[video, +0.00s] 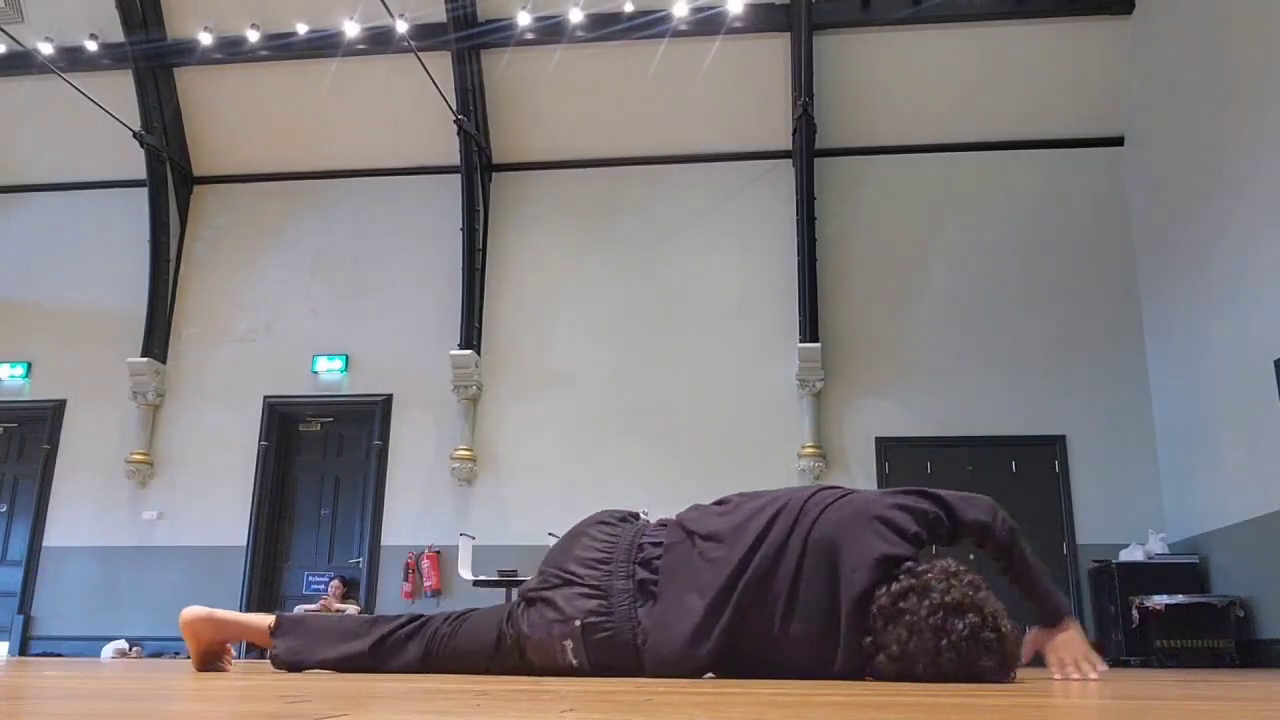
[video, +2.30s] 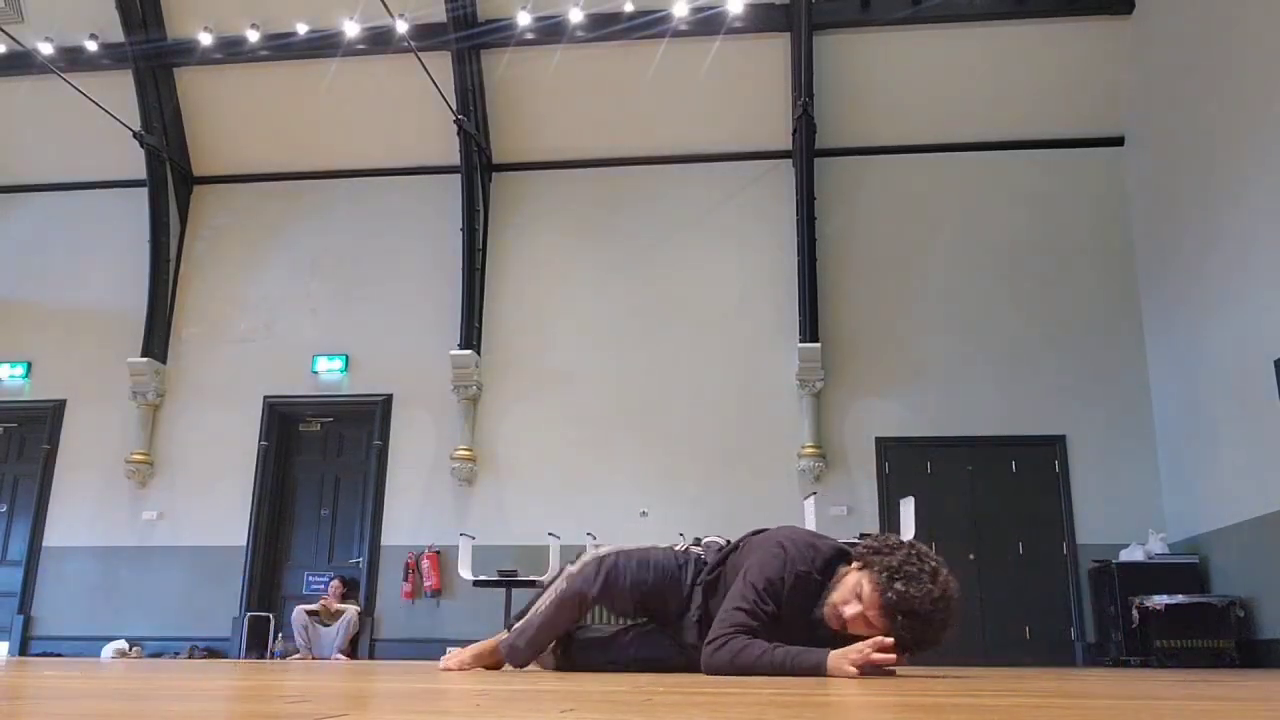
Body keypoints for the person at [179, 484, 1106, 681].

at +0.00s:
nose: (973, 673)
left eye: (986, 660)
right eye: (953, 676)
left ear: (975, 592)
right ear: (893, 659)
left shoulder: (894, 527)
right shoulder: (845, 661)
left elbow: (989, 518)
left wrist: (1057, 622)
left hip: (627, 548)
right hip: (603, 630)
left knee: (467, 622)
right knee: (417, 638)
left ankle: (322, 620)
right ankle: (266, 634)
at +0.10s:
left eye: (1000, 658)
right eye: (953, 669)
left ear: (982, 593)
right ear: (900, 652)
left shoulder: (894, 520)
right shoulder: (869, 658)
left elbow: (969, 538)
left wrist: (1019, 631)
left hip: (626, 549)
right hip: (604, 622)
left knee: (454, 629)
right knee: (416, 640)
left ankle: (314, 620)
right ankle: (255, 631)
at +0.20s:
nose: (956, 685)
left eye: (972, 671)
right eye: (953, 678)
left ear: (957, 569)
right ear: (919, 661)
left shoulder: (889, 512)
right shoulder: (855, 663)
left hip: (624, 546)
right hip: (607, 632)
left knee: (457, 626)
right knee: (425, 638)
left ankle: (306, 619)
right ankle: (255, 633)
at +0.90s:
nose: (955, 680)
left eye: (972, 671)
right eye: (956, 669)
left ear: (938, 614)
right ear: (921, 636)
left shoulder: (893, 592)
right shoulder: (849, 622)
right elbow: (716, 642)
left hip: (655, 602)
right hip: (629, 617)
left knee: (474, 639)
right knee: (444, 646)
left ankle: (323, 610)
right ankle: (278, 597)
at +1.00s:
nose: (950, 668)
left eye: (966, 661)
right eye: (958, 657)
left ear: (934, 598)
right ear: (931, 623)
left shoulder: (872, 588)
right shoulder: (854, 617)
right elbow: (750, 664)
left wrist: (897, 657)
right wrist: (886, 673)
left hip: (650, 601)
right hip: (637, 616)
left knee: (481, 642)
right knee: (460, 650)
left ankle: (324, 612)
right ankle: (292, 606)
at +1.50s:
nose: (939, 645)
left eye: (952, 641)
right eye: (940, 627)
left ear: (948, 619)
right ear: (912, 589)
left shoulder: (879, 598)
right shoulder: (829, 588)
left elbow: (781, 655)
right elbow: (712, 660)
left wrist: (857, 654)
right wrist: (831, 666)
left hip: (674, 617)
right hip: (649, 589)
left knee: (525, 654)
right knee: (501, 659)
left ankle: (410, 644)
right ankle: (390, 646)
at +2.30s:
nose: (850, 613)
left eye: (867, 620)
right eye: (859, 596)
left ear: (886, 637)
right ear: (858, 564)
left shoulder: (851, 638)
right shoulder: (784, 556)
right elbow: (719, 651)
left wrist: (863, 656)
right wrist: (826, 662)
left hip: (697, 642)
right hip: (690, 579)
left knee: (586, 655)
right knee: (593, 570)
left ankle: (543, 635)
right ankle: (505, 649)